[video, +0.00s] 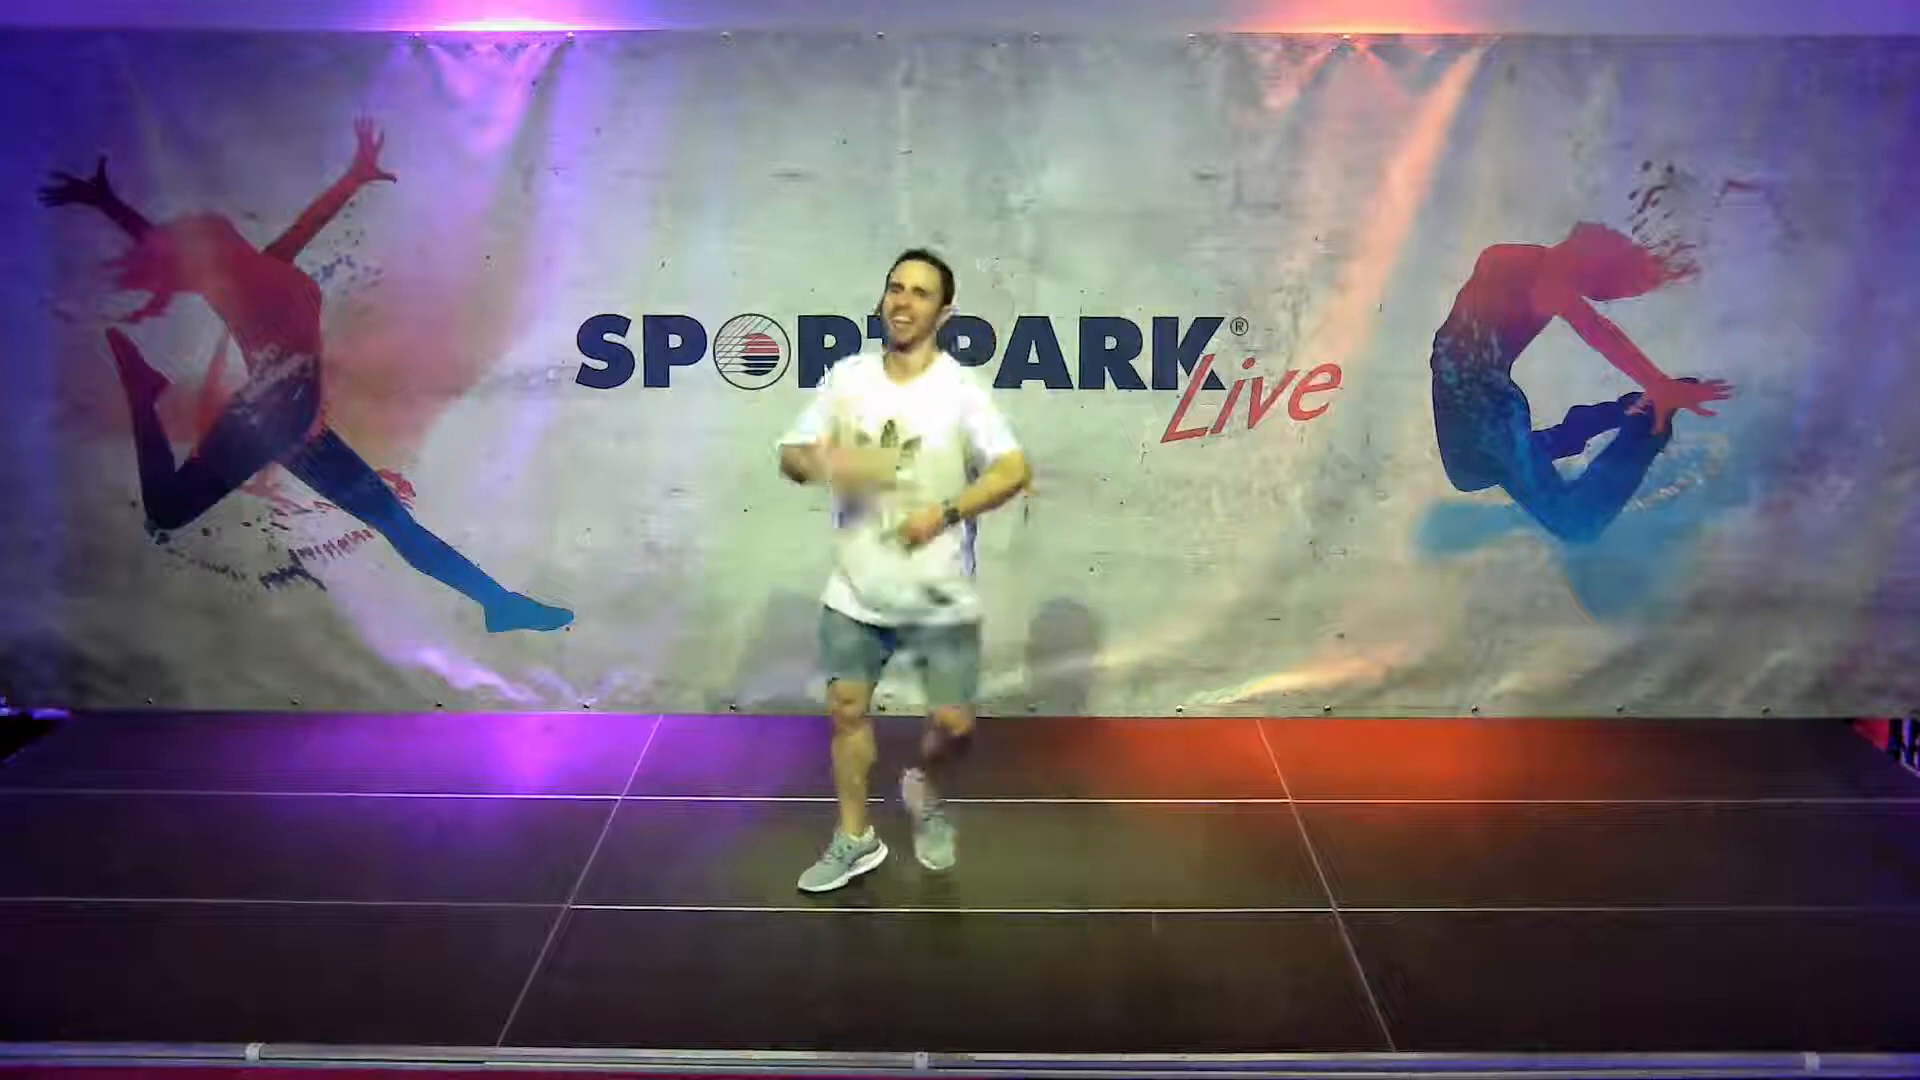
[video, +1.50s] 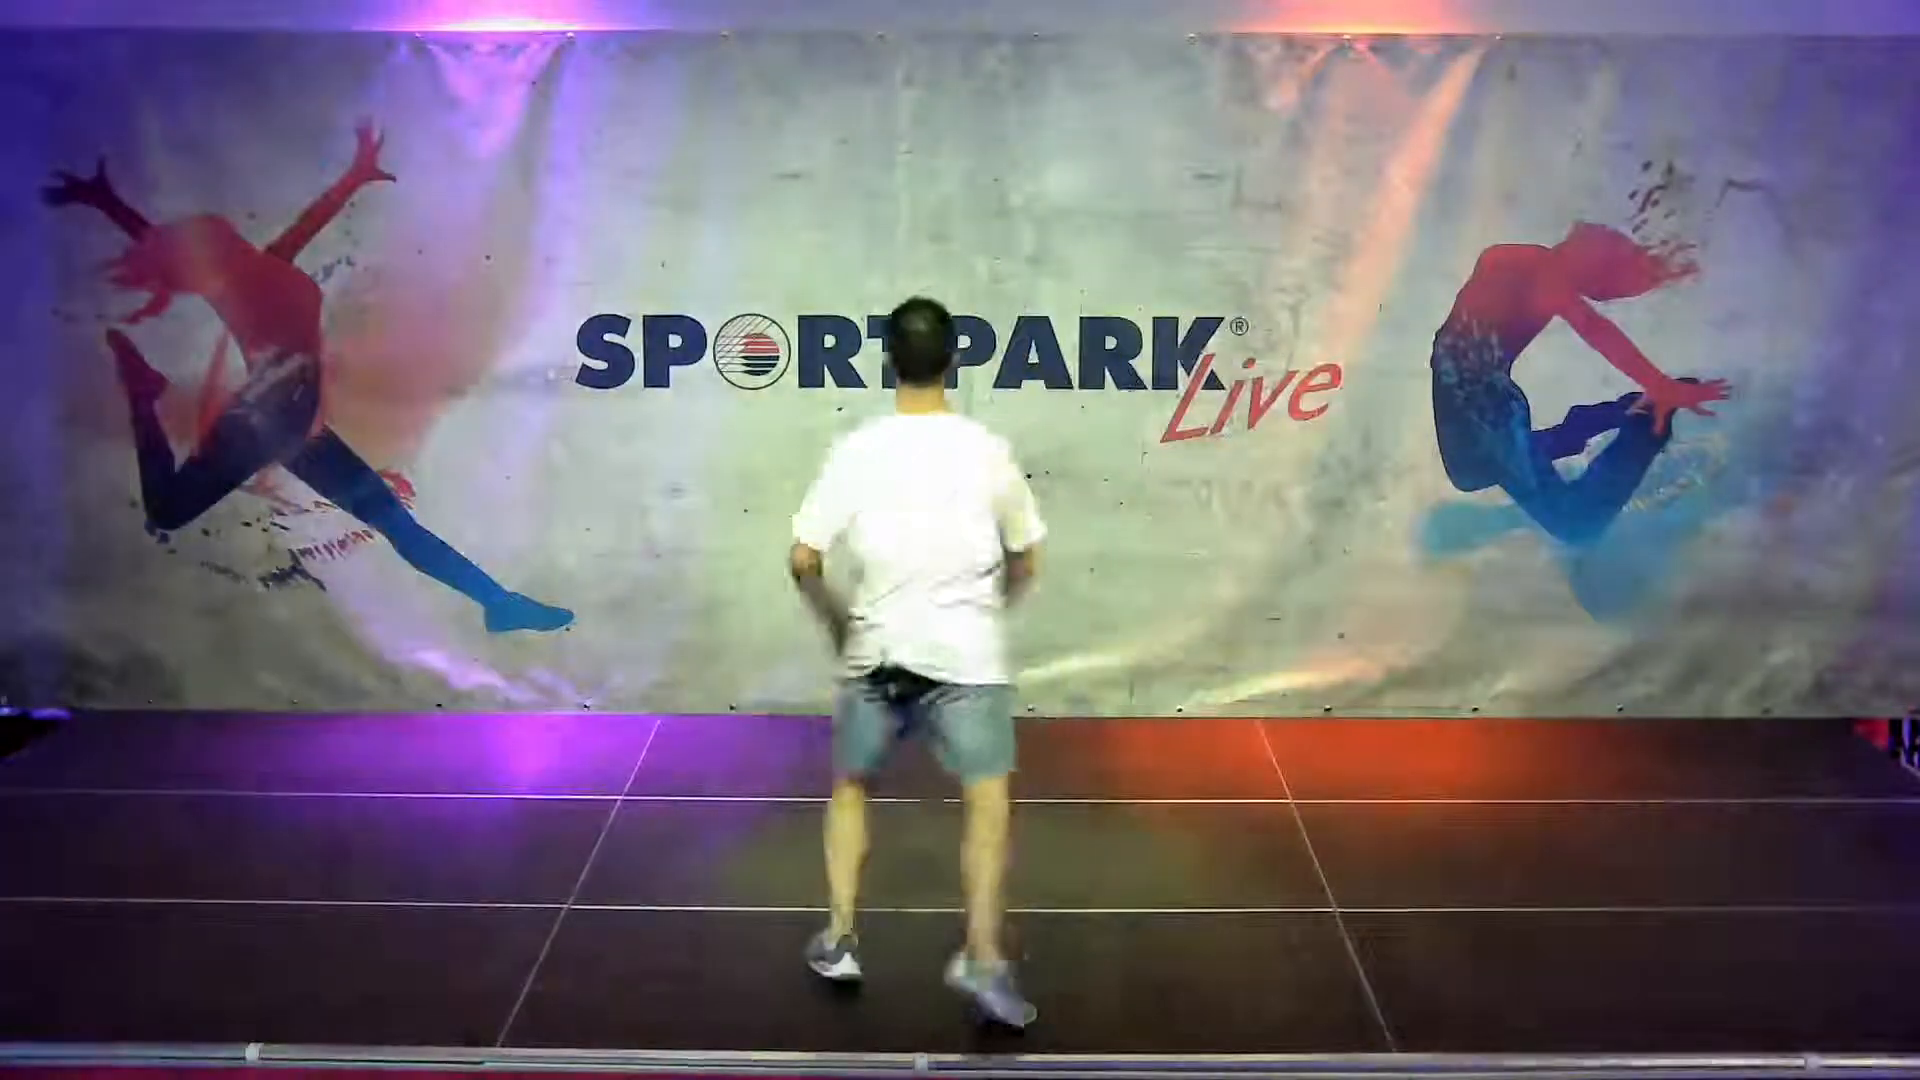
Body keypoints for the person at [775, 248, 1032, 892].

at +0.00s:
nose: (903, 302)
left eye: (919, 294)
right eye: (895, 289)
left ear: (942, 310)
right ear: (882, 300)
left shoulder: (964, 389)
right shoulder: (846, 379)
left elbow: (1013, 470)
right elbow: (792, 458)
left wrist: (945, 513)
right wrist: (835, 466)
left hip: (940, 588)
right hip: (859, 583)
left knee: (955, 725)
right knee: (845, 708)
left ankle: (922, 790)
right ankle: (854, 835)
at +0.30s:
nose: (999, 340)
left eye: (1013, 331)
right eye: (988, 327)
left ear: (1028, 345)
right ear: (965, 335)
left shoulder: (1041, 424)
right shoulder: (922, 418)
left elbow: (1097, 491)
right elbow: (877, 510)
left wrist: (1062, 420)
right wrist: (841, 588)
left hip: (1016, 623)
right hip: (926, 624)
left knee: (1062, 744)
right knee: (879, 742)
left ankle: (1102, 895)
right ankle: (849, 834)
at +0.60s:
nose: (1082, 317)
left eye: (1096, 306)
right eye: (1070, 303)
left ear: (1113, 321)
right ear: (1048, 313)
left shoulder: (1135, 416)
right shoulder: (1001, 402)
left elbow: (1192, 500)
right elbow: (948, 495)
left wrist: (1203, 591)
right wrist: (884, 566)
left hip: (1094, 610)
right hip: (1010, 610)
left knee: (1114, 747)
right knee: (1039, 749)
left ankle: (1110, 903)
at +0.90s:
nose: (1096, 322)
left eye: (1109, 311)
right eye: (1083, 309)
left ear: (1122, 323)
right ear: (1060, 316)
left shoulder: (1106, 408)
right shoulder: (1029, 383)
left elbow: (1097, 510)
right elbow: (977, 360)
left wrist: (1120, 586)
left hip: (1082, 599)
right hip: (1031, 595)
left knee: (1114, 739)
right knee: (1108, 732)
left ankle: (1099, 902)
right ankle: (1052, 904)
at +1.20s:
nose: (1025, 340)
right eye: (1026, 330)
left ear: (961, 347)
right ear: (1023, 338)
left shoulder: (938, 433)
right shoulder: (1062, 412)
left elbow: (888, 541)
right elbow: (1174, 440)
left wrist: (932, 624)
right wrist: (1255, 478)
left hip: (966, 635)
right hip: (1028, 635)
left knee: (1031, 780)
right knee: (1004, 792)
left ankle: (1083, 907)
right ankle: (958, 968)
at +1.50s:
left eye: (897, 355)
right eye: (940, 355)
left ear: (888, 365)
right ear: (953, 364)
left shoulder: (856, 451)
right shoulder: (986, 449)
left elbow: (804, 560)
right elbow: (1024, 560)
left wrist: (841, 621)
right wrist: (982, 607)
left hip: (878, 645)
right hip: (967, 647)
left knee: (850, 786)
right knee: (988, 799)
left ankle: (840, 938)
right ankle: (984, 960)